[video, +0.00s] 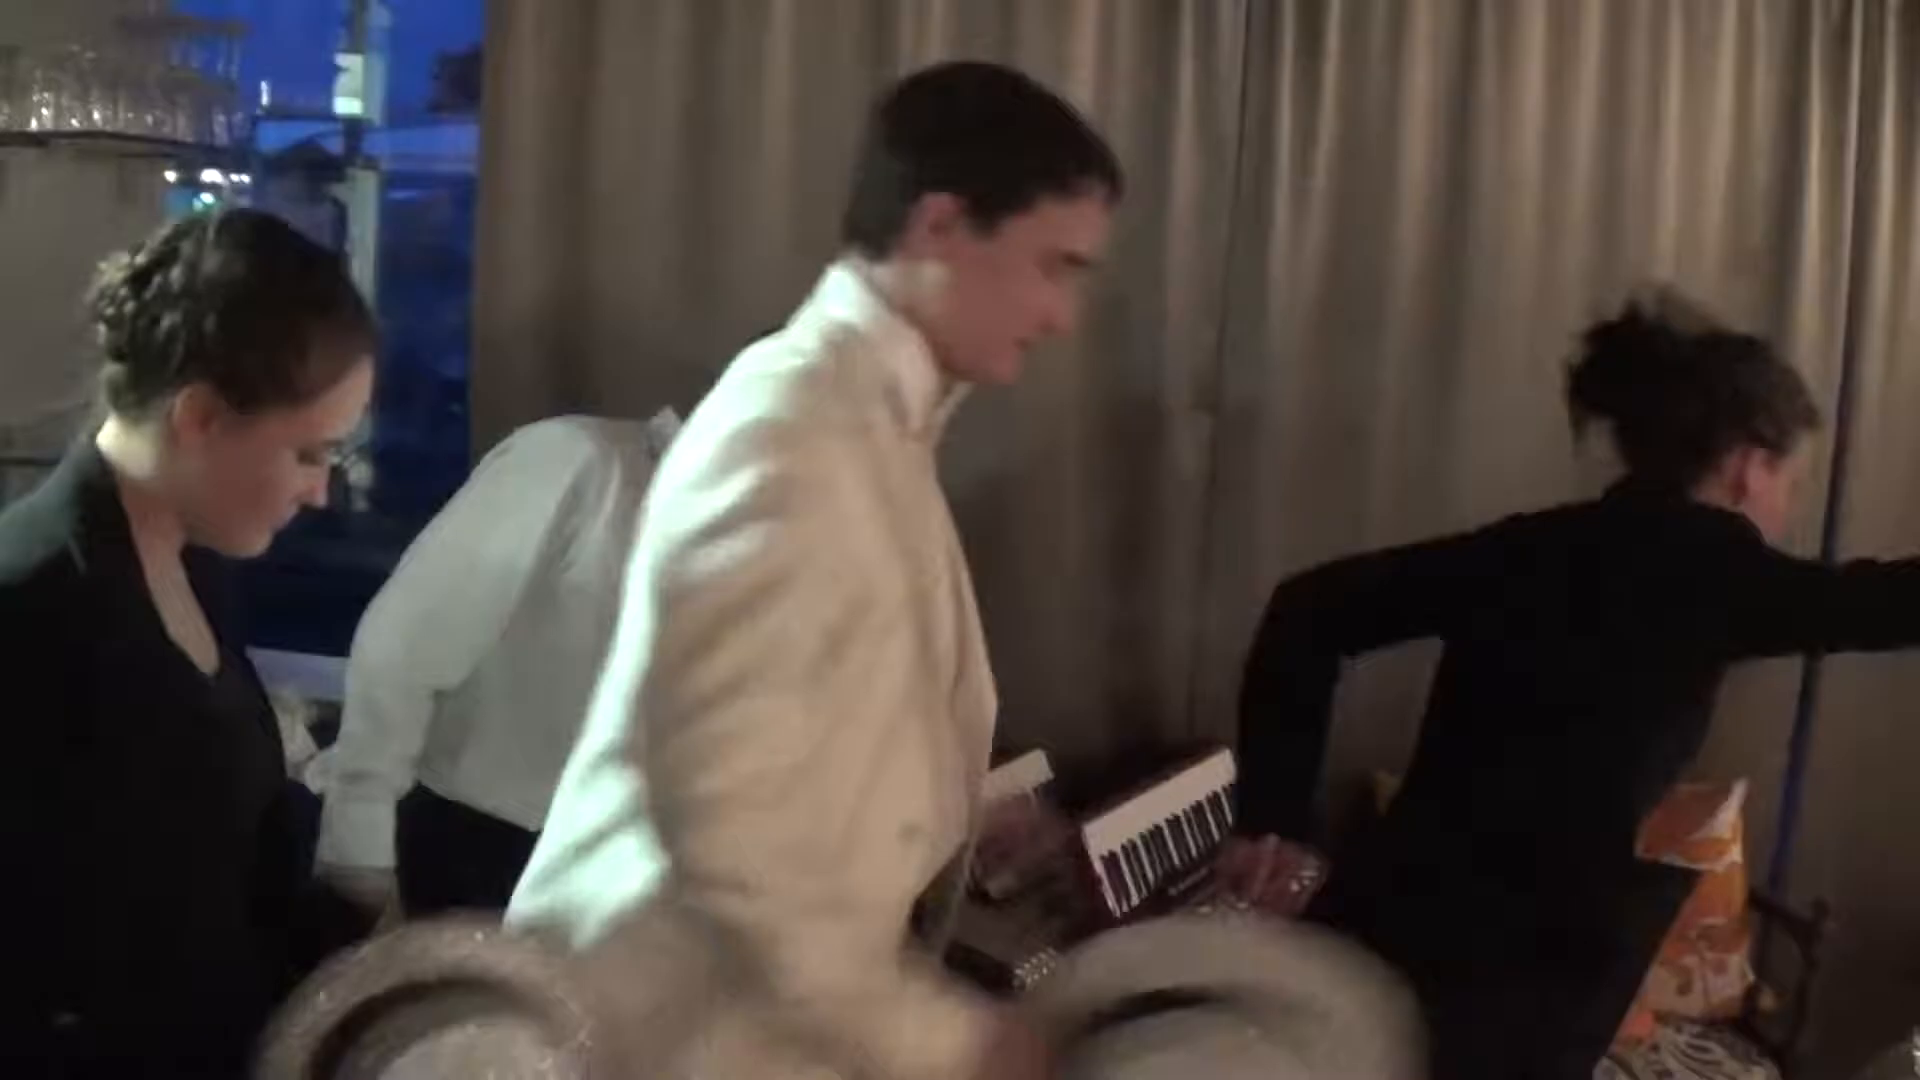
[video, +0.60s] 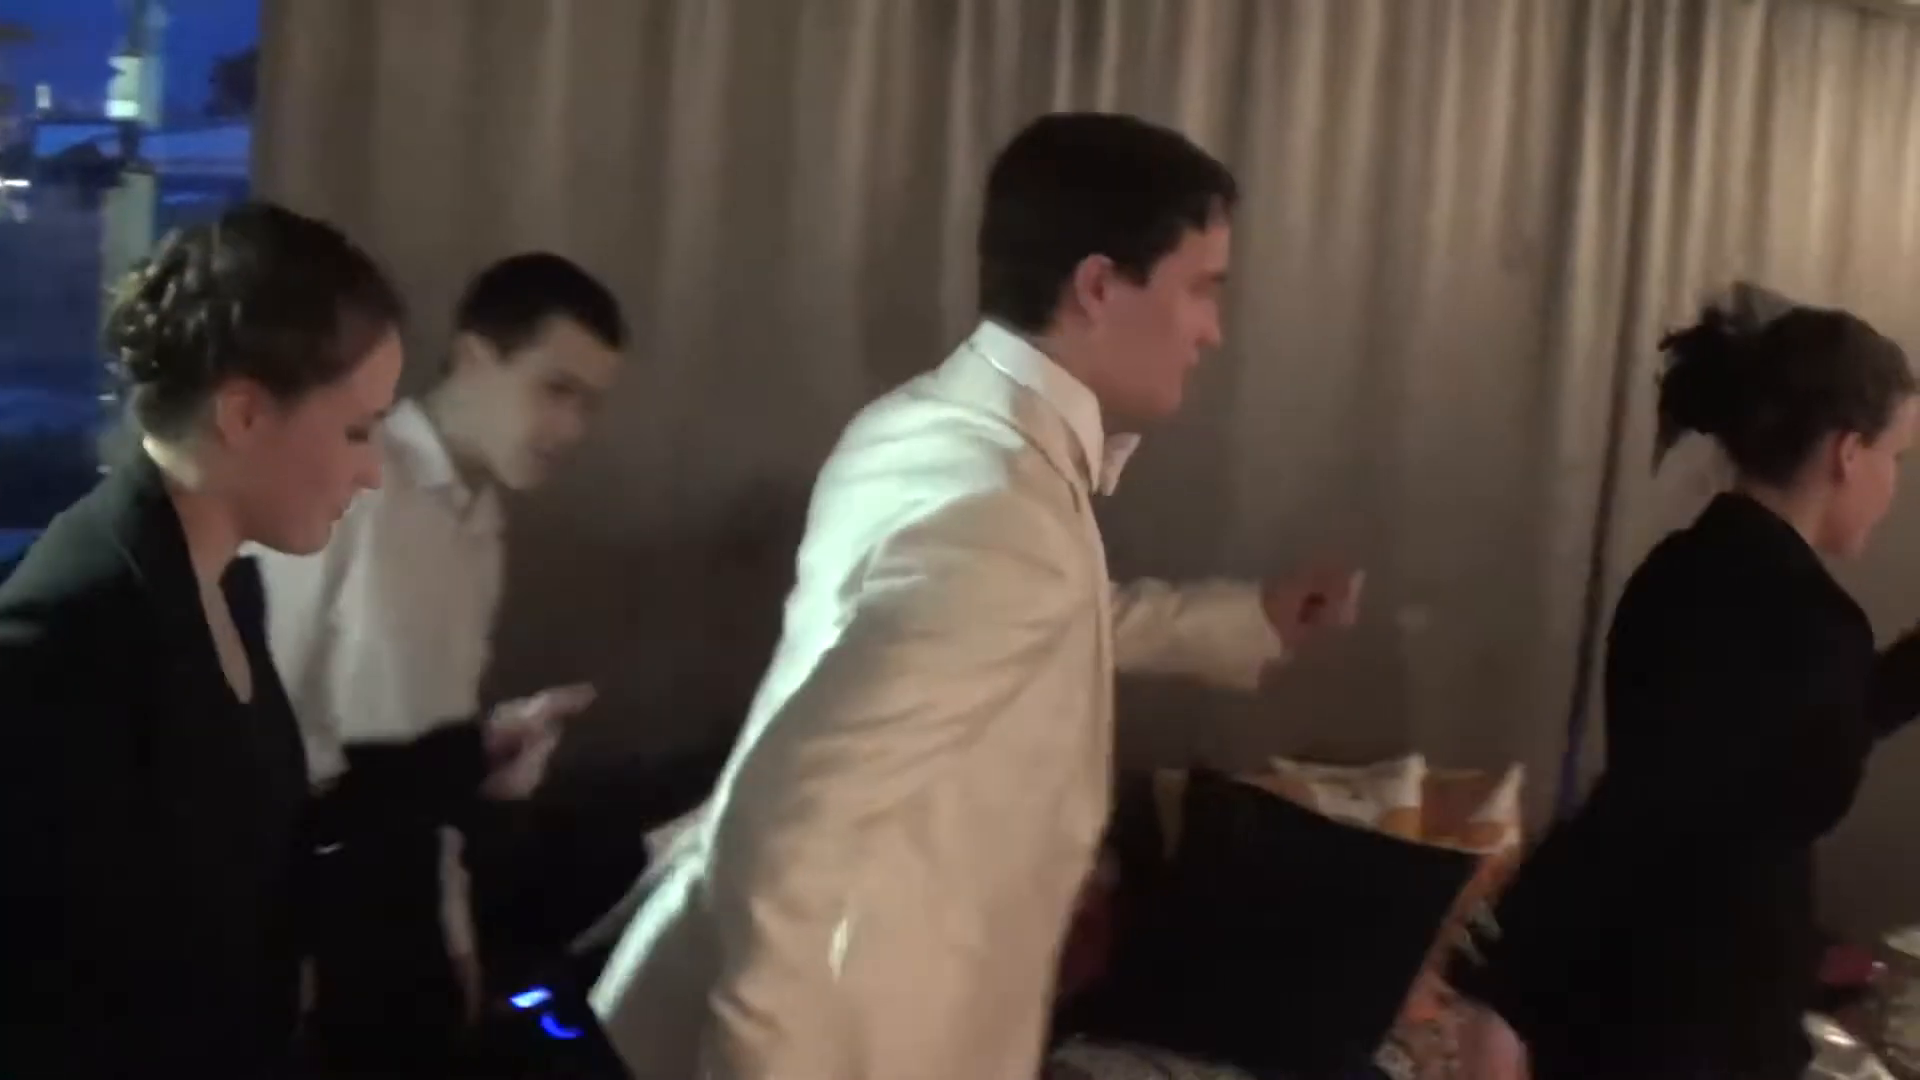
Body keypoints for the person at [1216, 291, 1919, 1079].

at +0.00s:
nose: (1785, 499)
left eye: (1791, 473)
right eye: (1786, 470)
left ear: (1648, 449)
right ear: (1742, 464)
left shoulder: (1526, 547)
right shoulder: (1715, 575)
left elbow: (1310, 608)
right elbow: (1885, 605)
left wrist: (1270, 815)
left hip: (1399, 894)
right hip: (1542, 932)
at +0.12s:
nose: (1823, 553)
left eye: (1833, 526)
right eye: (1828, 525)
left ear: (1686, 487)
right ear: (1787, 508)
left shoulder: (1549, 586)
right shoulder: (1759, 614)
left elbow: (1342, 719)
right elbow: (1891, 727)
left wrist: (1275, 899)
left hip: (1461, 950)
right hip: (1630, 954)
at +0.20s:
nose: (1849, 554)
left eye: (1857, 531)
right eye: (1852, 528)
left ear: (1716, 495)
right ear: (1802, 518)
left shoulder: (1584, 610)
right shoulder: (1764, 651)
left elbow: (1411, 787)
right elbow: (1835, 864)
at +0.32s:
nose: (1855, 565)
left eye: (1870, 536)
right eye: (1866, 530)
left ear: (1731, 483)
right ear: (1819, 506)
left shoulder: (1592, 602)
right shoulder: (1759, 648)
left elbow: (1526, 843)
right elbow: (1707, 903)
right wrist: (1719, 1054)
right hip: (1636, 1021)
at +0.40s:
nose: (1874, 534)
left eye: (1888, 504)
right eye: (1882, 500)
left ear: (1745, 455)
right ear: (1836, 478)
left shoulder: (1629, 571)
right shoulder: (1763, 620)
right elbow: (1707, 824)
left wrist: (1851, 770)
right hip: (1631, 1002)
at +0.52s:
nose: (1895, 490)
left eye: (1901, 464)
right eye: (1896, 462)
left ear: (1757, 432)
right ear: (1849, 454)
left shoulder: (1669, 552)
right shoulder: (1802, 610)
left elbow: (1783, 744)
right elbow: (1607, 782)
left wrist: (1910, 628)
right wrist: (1472, 962)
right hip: (1676, 1023)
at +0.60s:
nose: (1894, 488)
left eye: (1898, 459)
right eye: (1894, 457)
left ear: (1754, 440)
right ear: (1846, 455)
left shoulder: (1664, 575)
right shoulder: (1818, 621)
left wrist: (1908, 669)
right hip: (1730, 1009)